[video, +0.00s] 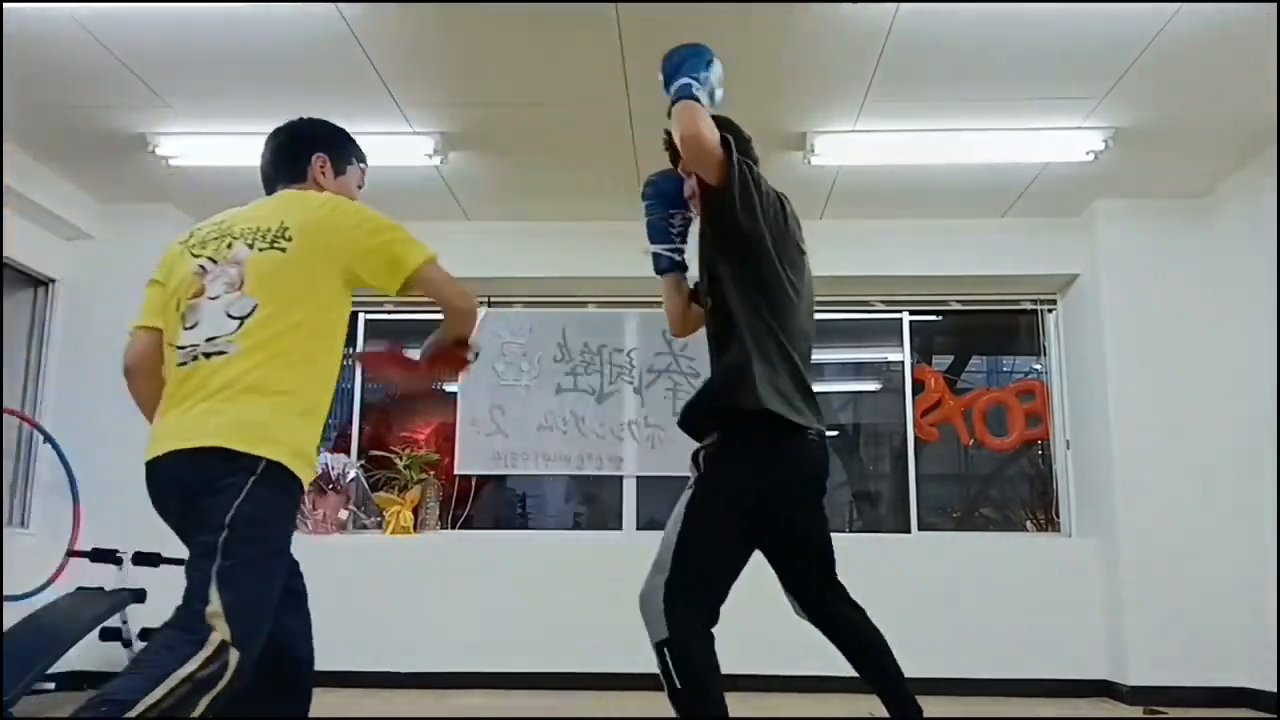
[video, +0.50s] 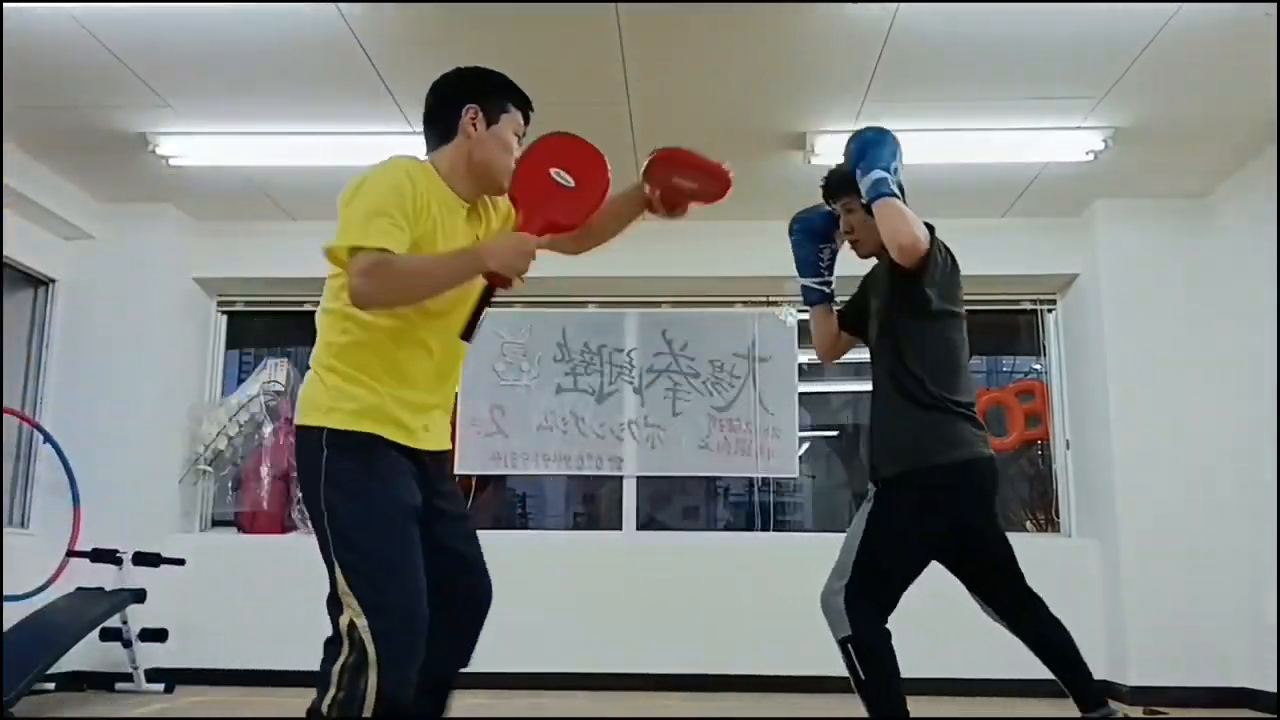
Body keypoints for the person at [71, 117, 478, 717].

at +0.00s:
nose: (359, 199)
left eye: (362, 187)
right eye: (356, 183)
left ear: (274, 177)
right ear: (321, 169)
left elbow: (141, 360)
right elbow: (463, 307)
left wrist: (187, 436)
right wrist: (441, 351)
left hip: (171, 462)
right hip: (253, 453)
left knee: (285, 638)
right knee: (213, 635)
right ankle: (102, 713)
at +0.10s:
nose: (404, 207)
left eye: (406, 191)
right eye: (401, 187)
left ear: (334, 180)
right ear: (365, 175)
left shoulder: (240, 246)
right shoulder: (364, 222)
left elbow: (206, 368)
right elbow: (384, 308)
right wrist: (421, 415)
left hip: (211, 446)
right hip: (278, 443)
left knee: (305, 636)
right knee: (271, 628)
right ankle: (163, 711)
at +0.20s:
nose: (451, 180)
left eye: (454, 166)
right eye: (447, 160)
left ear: (408, 151)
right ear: (406, 146)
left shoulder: (366, 233)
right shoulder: (368, 185)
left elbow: (306, 350)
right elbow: (295, 220)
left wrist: (384, 395)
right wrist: (384, 305)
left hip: (302, 426)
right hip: (283, 418)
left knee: (325, 609)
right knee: (312, 603)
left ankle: (294, 711)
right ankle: (248, 711)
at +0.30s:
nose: (477, 144)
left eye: (480, 132)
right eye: (471, 125)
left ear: (430, 119)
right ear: (428, 111)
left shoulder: (425, 229)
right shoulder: (355, 148)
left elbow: (479, 278)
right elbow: (258, 191)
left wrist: (523, 285)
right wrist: (365, 204)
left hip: (353, 415)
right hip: (303, 395)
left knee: (322, 620)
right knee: (352, 623)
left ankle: (272, 711)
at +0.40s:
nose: (499, 132)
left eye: (501, 120)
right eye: (492, 113)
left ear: (451, 110)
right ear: (447, 102)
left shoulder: (465, 201)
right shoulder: (367, 149)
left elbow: (538, 213)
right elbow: (293, 222)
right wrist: (419, 210)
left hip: (392, 414)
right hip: (327, 403)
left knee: (403, 591)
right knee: (360, 602)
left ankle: (316, 700)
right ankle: (323, 710)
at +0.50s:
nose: (521, 152)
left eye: (524, 139)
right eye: (515, 133)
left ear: (476, 128)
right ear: (473, 123)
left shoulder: (495, 212)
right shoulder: (394, 183)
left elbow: (574, 236)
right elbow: (369, 284)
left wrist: (643, 197)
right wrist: (482, 256)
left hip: (421, 441)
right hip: (346, 431)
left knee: (462, 594)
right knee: (388, 619)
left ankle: (411, 710)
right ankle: (339, 711)